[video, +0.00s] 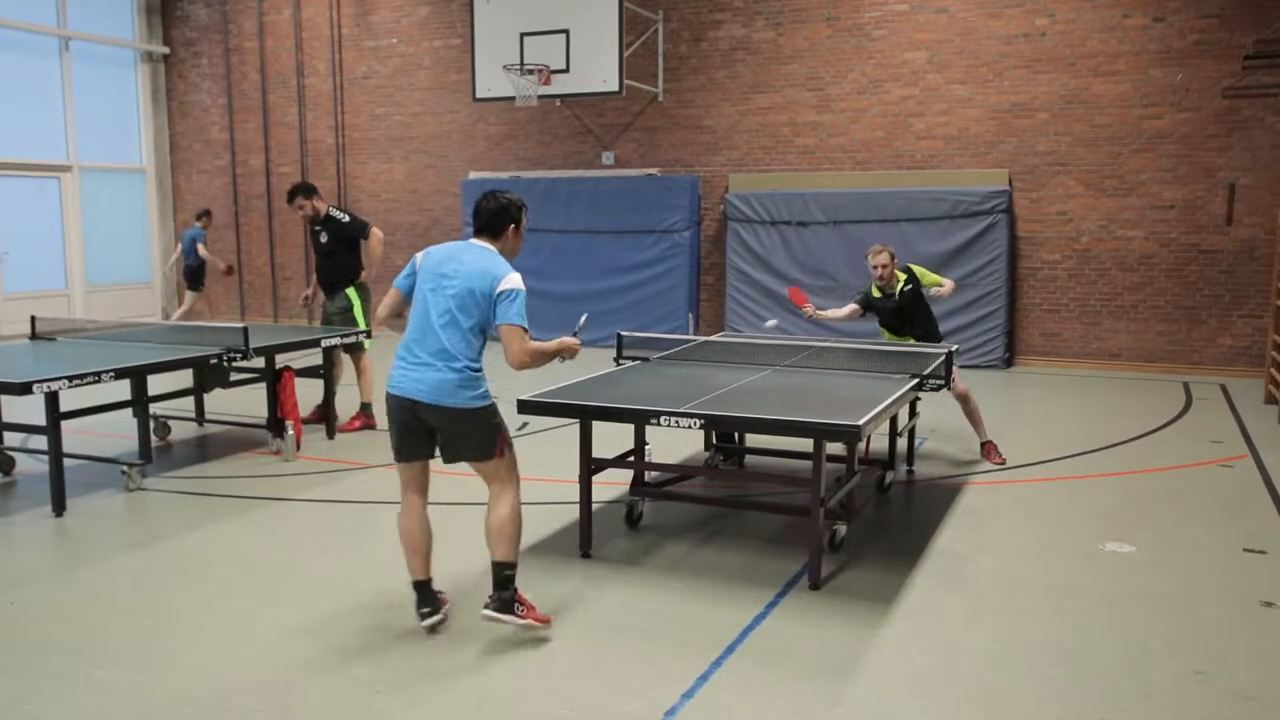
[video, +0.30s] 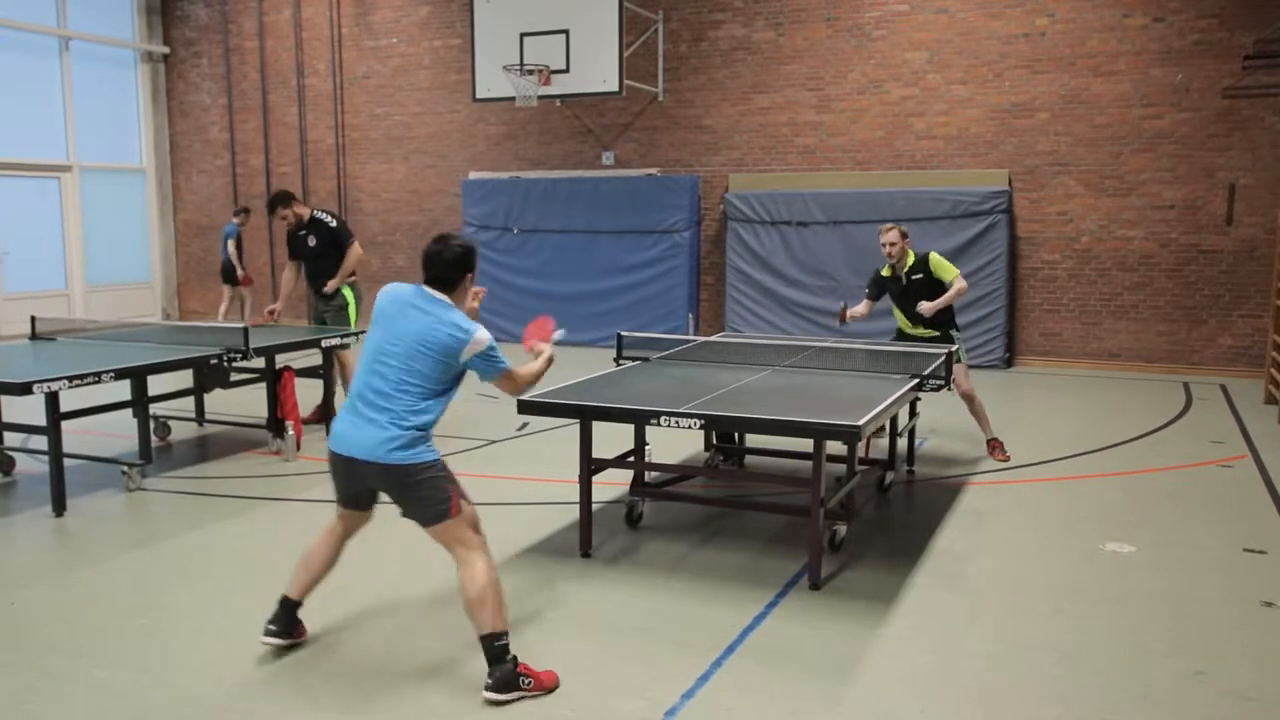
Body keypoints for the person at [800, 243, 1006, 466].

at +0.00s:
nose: (879, 273)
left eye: (883, 267)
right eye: (874, 268)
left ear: (894, 264)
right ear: (870, 269)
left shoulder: (912, 274)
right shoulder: (870, 295)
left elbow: (948, 284)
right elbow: (849, 312)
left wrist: (944, 290)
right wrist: (818, 314)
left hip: (930, 347)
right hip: (894, 352)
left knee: (961, 391)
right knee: (870, 391)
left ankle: (986, 443)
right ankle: (859, 446)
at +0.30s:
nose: (888, 250)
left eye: (892, 244)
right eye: (883, 245)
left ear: (906, 243)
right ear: (880, 247)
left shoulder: (929, 260)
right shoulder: (882, 276)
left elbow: (961, 285)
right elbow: (866, 306)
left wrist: (935, 304)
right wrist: (850, 313)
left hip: (943, 335)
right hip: (907, 337)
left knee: (965, 390)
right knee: (882, 381)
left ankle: (991, 439)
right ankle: (877, 424)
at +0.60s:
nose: (890, 273)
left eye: (895, 267)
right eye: (886, 268)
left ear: (907, 263)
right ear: (882, 268)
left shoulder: (928, 273)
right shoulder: (885, 293)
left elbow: (960, 294)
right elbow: (868, 322)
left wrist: (935, 302)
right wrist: (873, 339)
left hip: (946, 343)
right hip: (912, 346)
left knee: (965, 391)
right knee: (885, 384)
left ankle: (991, 440)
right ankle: (869, 431)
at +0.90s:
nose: (905, 275)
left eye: (910, 270)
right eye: (900, 271)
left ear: (916, 265)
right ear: (892, 268)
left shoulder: (930, 272)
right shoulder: (887, 291)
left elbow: (952, 283)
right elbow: (865, 321)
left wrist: (969, 294)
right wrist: (868, 324)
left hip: (942, 342)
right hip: (907, 345)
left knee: (968, 387)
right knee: (884, 388)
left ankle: (991, 439)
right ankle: (867, 439)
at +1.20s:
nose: (905, 249)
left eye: (909, 244)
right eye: (900, 244)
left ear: (918, 244)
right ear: (893, 245)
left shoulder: (935, 263)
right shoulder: (885, 274)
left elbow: (963, 288)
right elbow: (870, 304)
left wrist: (955, 303)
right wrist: (861, 322)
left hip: (935, 334)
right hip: (899, 334)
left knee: (962, 384)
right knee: (877, 382)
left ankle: (976, 431)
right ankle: (864, 438)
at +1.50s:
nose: (901, 232)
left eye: (906, 227)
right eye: (896, 227)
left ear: (915, 228)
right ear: (889, 229)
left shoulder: (931, 248)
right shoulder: (882, 258)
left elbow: (952, 279)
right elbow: (872, 286)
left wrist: (931, 302)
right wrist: (873, 310)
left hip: (931, 323)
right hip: (896, 322)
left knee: (955, 374)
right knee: (877, 372)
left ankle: (967, 423)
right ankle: (866, 429)